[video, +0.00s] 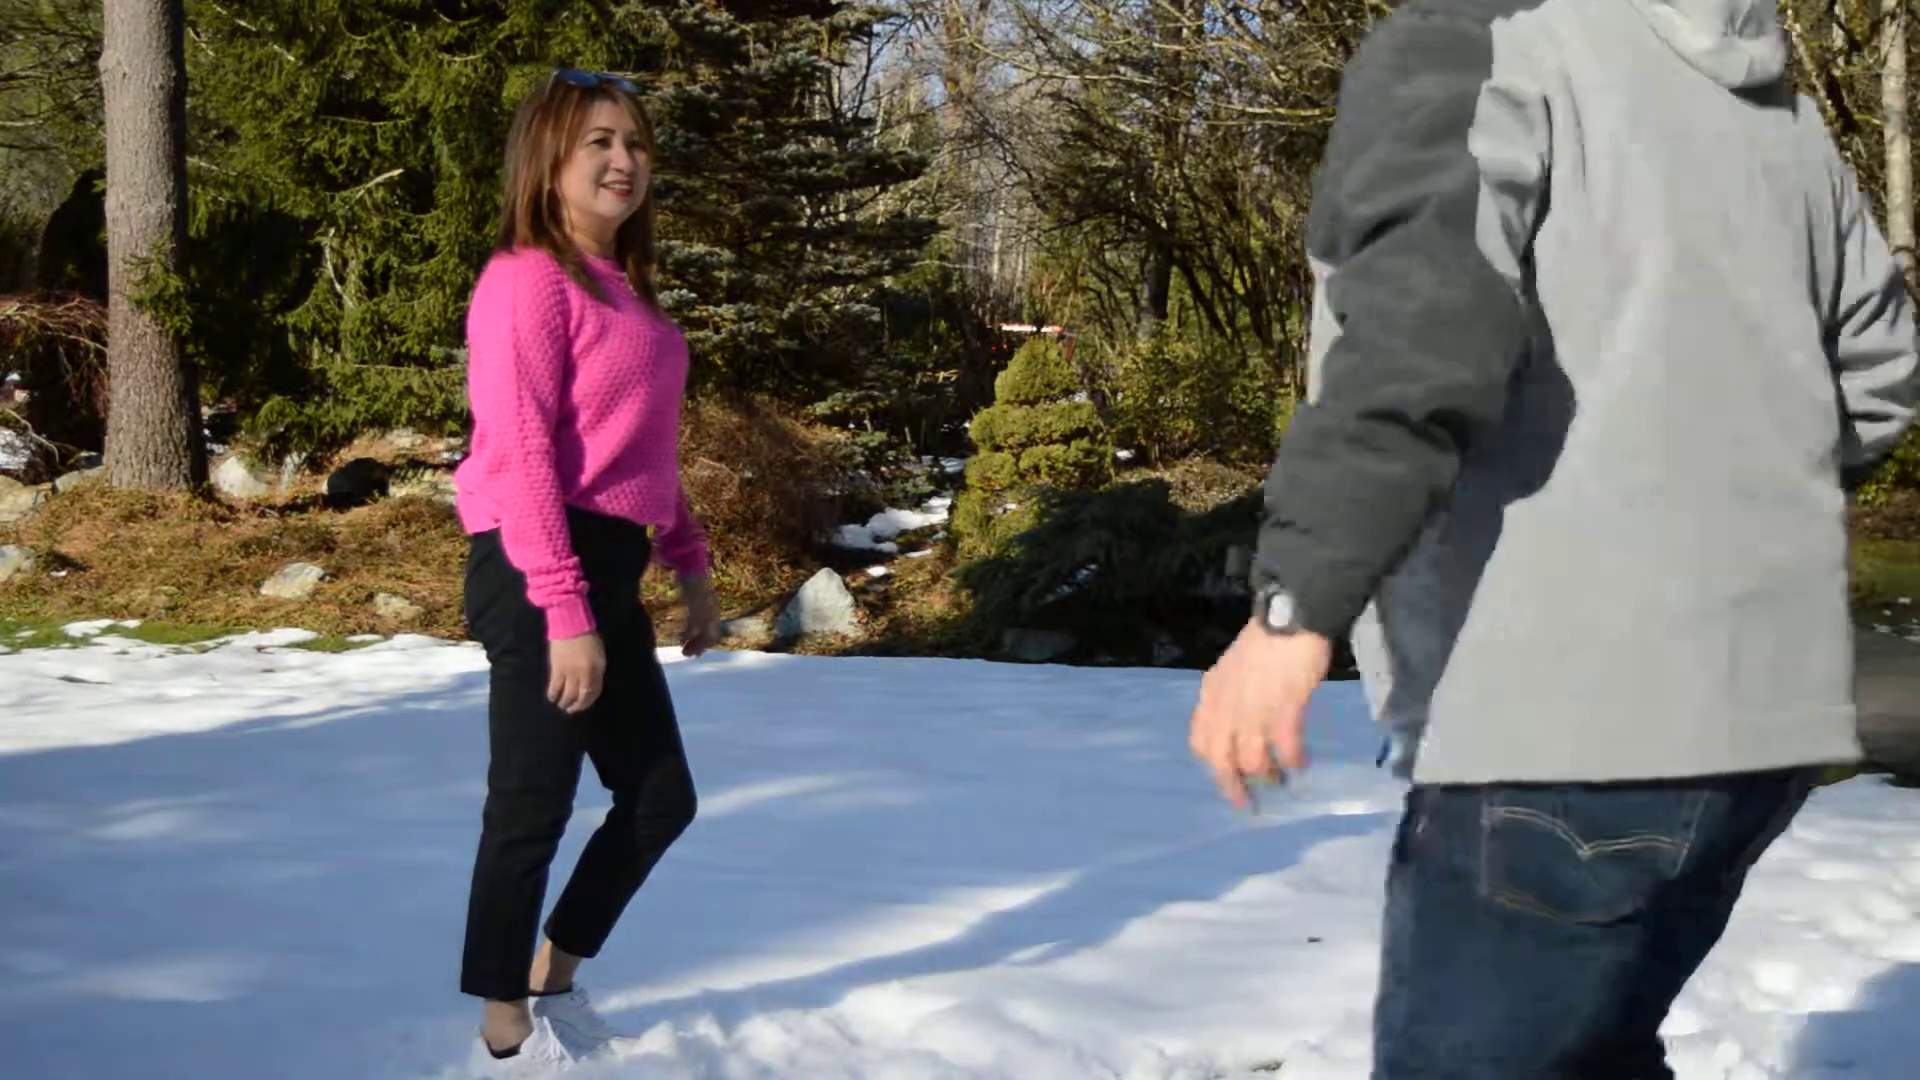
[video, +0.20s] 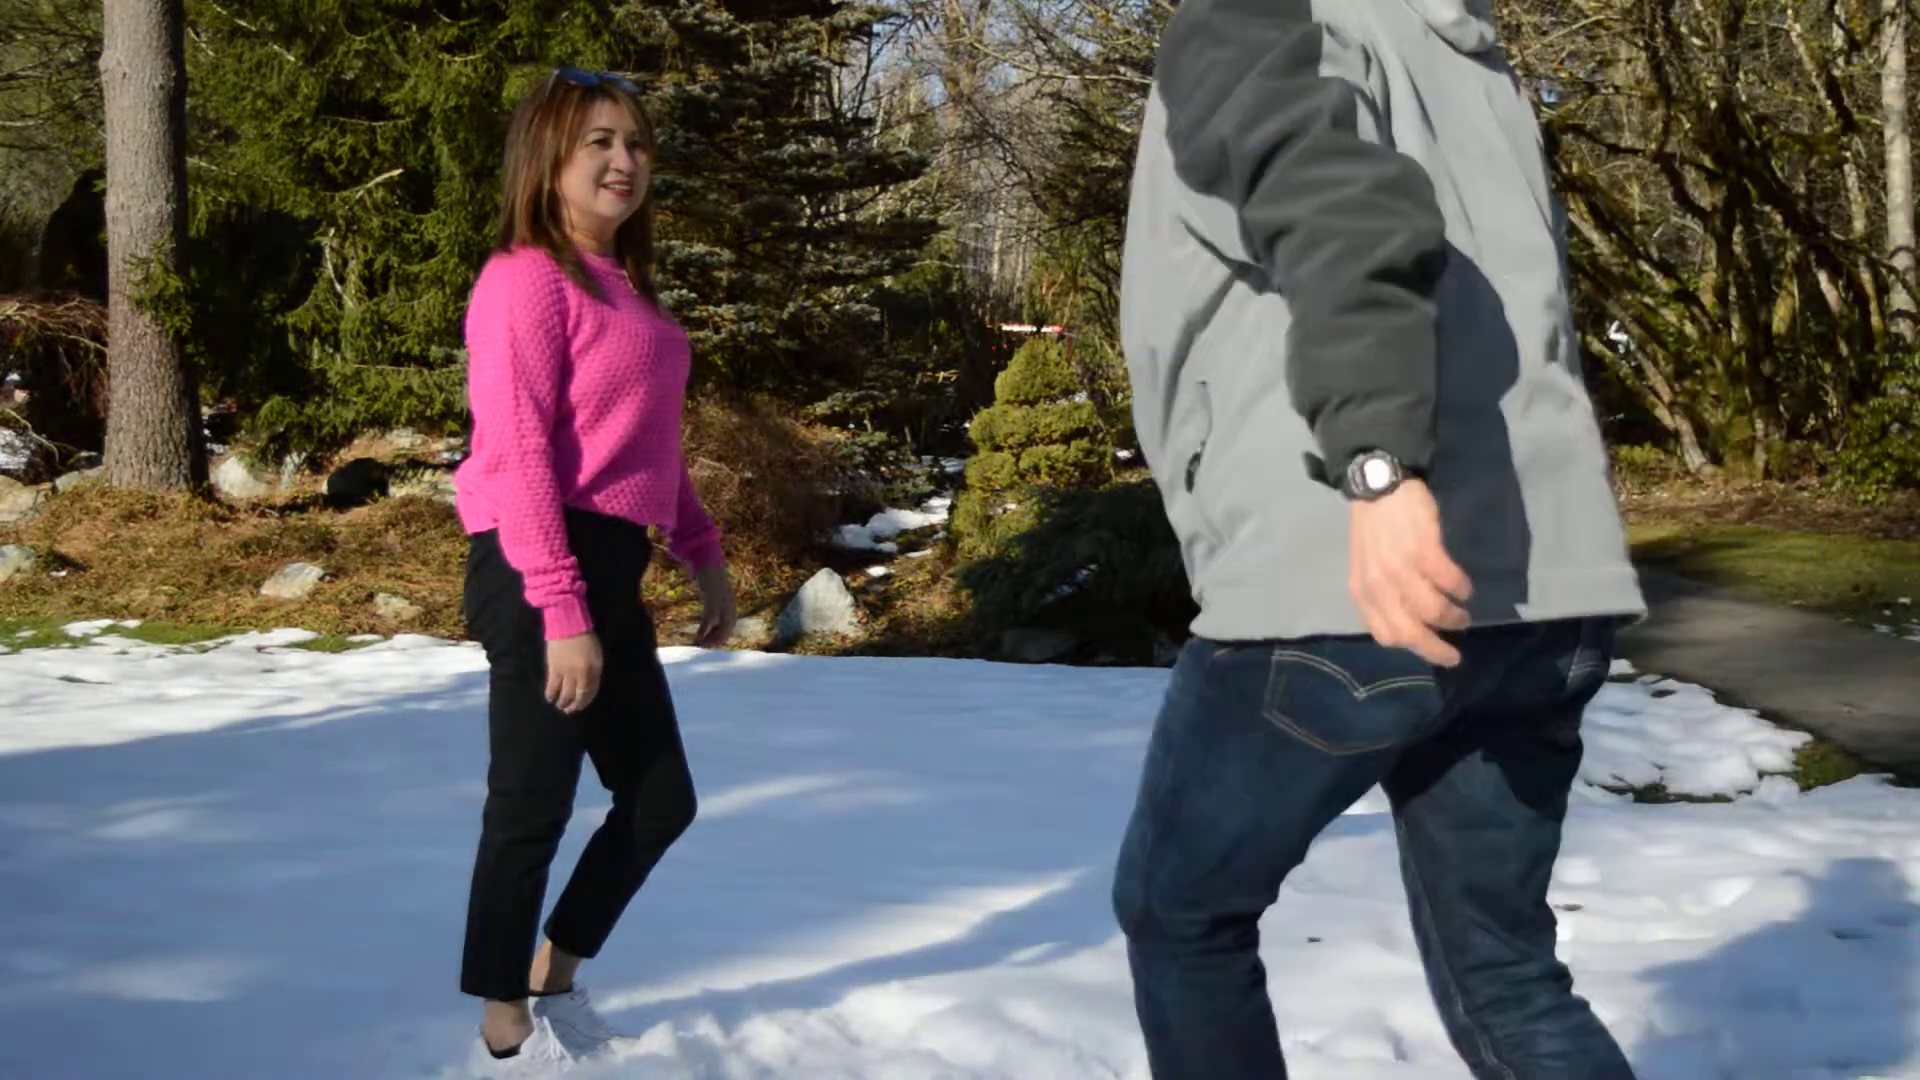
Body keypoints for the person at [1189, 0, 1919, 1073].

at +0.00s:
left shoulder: (1458, 41)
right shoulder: (1771, 92)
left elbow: (1430, 336)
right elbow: (1882, 373)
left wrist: (1292, 612)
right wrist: (1714, 496)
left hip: (1557, 733)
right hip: (1769, 723)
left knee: (1462, 1061)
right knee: (1608, 1052)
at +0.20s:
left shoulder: (1232, 29)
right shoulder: (1467, 45)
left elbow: (1353, 214)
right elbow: (1525, 295)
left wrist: (1379, 466)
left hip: (1329, 599)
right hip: (1549, 591)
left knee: (1182, 914)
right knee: (1507, 982)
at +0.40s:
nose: (996, 37)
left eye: (994, 18)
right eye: (996, 21)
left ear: (1022, 14)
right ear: (1143, 5)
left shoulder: (1026, 149)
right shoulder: (1254, 154)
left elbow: (1053, 407)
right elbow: (1319, 380)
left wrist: (1034, 642)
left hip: (1120, 680)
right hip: (1292, 662)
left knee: (969, 968)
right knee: (1186, 939)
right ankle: (1436, 1069)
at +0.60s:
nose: (862, 76)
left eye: (859, 50)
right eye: (858, 55)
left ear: (886, 36)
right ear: (994, 25)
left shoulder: (898, 154)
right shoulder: (1091, 152)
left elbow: (840, 387)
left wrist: (709, 537)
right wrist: (830, 526)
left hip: (1009, 631)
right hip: (1126, 615)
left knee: (893, 958)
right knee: (928, 935)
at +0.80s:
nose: (741, 122)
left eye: (737, 96)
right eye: (734, 100)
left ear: (771, 79)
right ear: (849, 65)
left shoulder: (835, 173)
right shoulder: (887, 161)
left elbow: (830, 386)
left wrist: (684, 541)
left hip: (914, 628)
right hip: (871, 620)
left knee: (783, 931)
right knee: (748, 876)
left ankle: (971, 1070)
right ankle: (795, 1064)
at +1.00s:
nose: (617, 127)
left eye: (617, 101)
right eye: (609, 108)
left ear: (658, 73)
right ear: (672, 72)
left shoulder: (767, 152)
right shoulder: (691, 187)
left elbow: (871, 337)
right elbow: (685, 410)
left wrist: (858, 543)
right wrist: (592, 507)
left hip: (844, 601)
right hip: (770, 604)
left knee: (685, 842)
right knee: (733, 857)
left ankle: (841, 1073)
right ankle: (787, 1067)